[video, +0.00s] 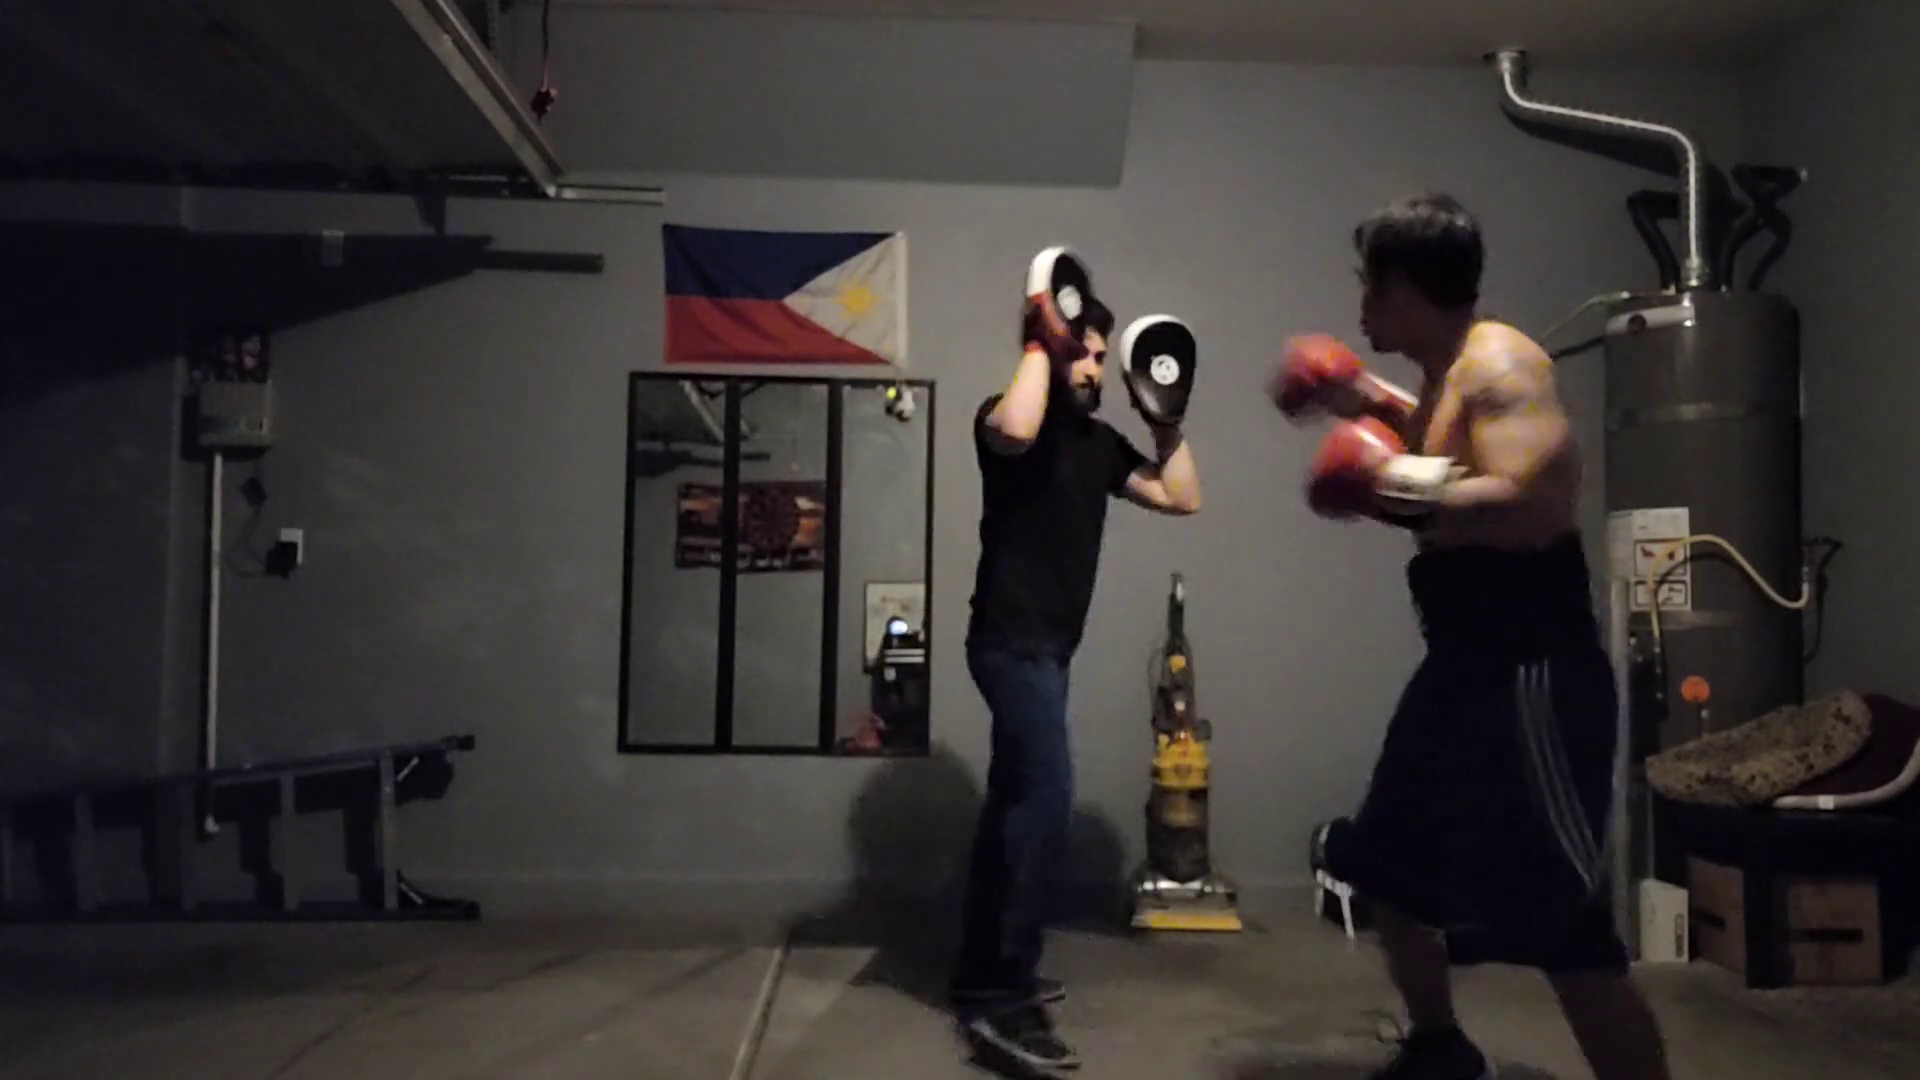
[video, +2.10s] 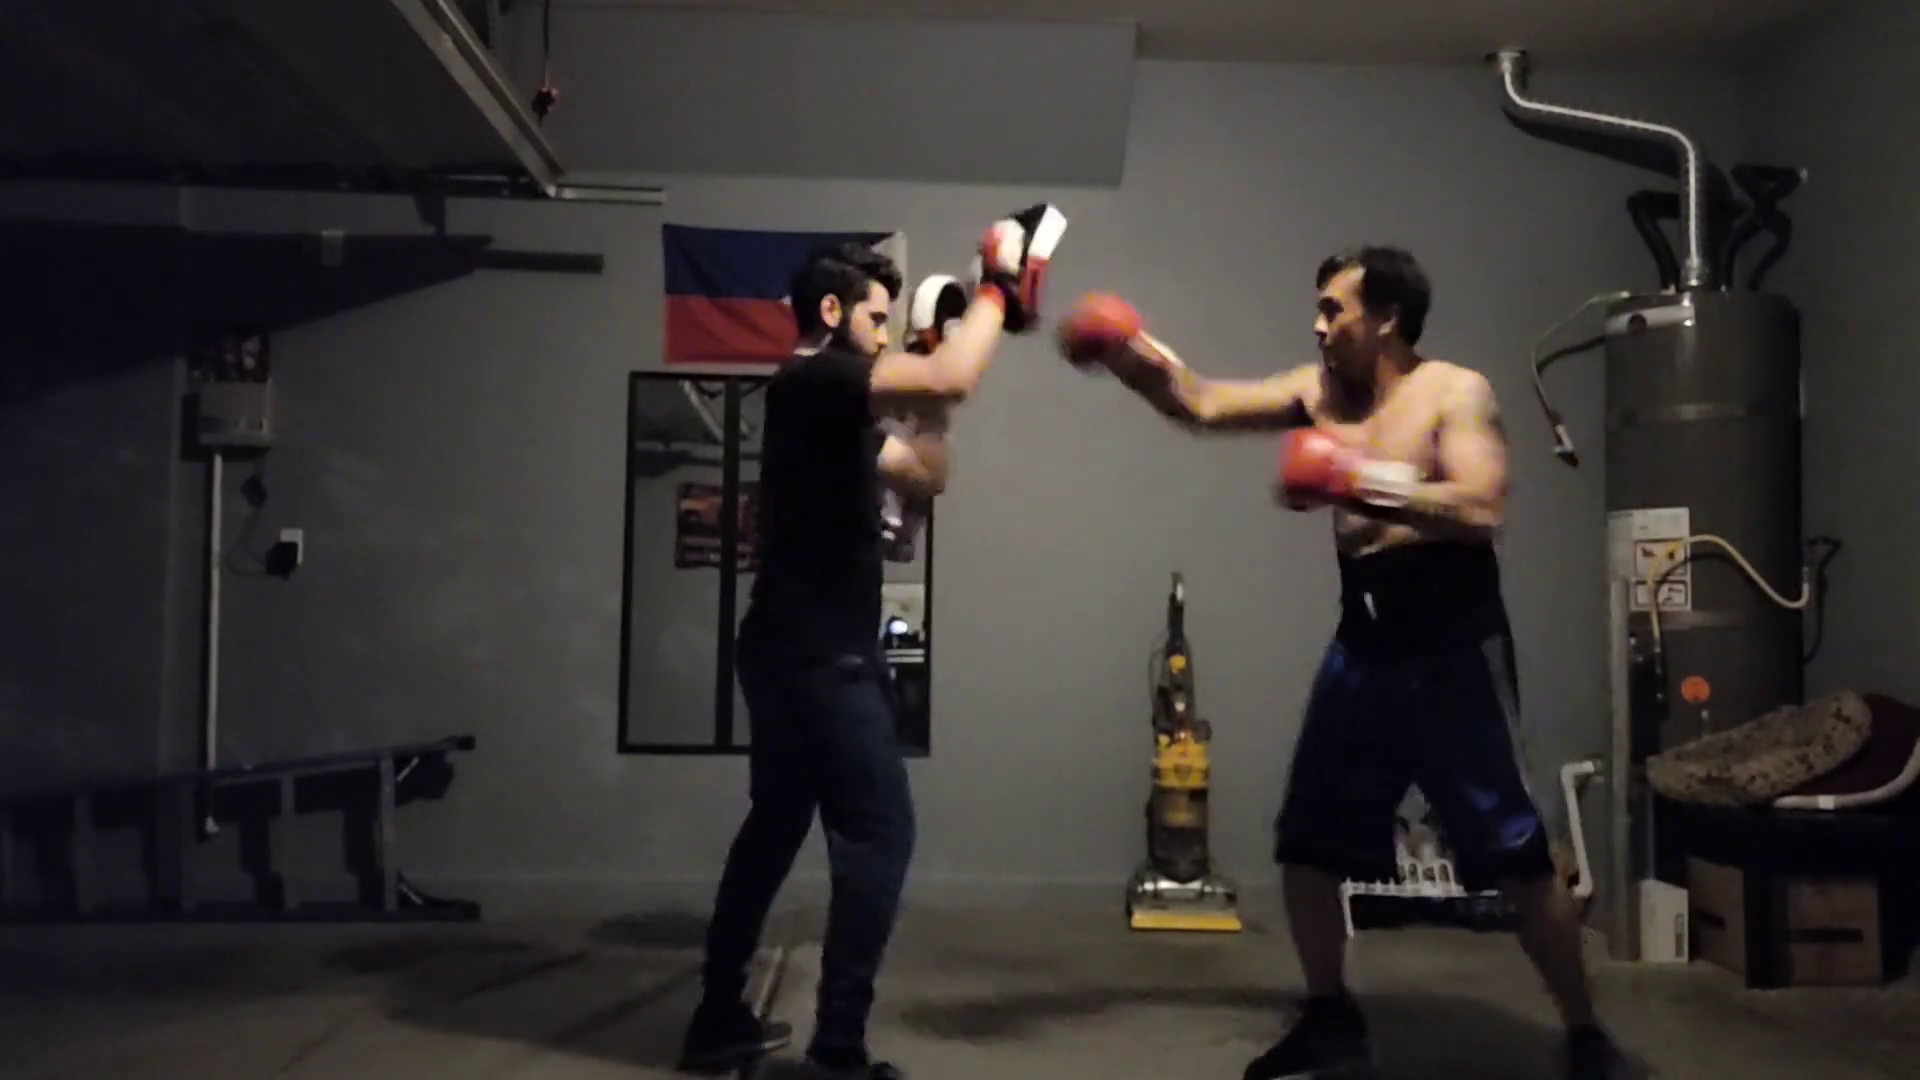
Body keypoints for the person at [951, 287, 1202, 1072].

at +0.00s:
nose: (1095, 355)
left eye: (1100, 345)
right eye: (1083, 343)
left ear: (1101, 353)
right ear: (1049, 348)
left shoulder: (1096, 436)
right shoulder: (1010, 414)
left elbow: (1180, 497)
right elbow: (1017, 429)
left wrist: (1164, 415)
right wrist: (1041, 345)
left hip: (1051, 648)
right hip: (1010, 644)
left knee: (1015, 810)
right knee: (1043, 799)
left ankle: (993, 983)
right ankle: (995, 995)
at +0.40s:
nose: (1032, 352)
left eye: (1040, 341)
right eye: (1017, 339)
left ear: (1047, 346)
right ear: (974, 342)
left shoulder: (1056, 420)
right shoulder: (938, 419)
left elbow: (1149, 465)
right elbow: (892, 500)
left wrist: (1165, 388)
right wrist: (965, 435)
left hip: (1021, 654)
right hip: (965, 654)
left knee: (986, 832)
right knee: (976, 841)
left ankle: (928, 973)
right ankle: (952, 1033)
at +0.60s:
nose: (1037, 346)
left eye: (1038, 332)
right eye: (1026, 331)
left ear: (992, 332)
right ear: (980, 329)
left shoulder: (993, 410)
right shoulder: (958, 401)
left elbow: (1065, 488)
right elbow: (947, 499)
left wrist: (1091, 417)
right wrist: (1034, 530)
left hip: (961, 660)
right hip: (951, 664)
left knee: (948, 824)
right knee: (978, 835)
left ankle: (936, 971)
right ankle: (952, 1033)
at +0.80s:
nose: (1013, 347)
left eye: (1014, 333)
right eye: (1003, 331)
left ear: (951, 332)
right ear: (956, 327)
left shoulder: (917, 398)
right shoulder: (957, 400)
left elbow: (965, 477)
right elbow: (1011, 478)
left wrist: (1013, 422)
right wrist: (1119, 480)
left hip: (894, 647)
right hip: (929, 656)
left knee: (893, 807)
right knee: (964, 833)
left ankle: (800, 984)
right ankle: (954, 1034)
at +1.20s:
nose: (977, 339)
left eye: (977, 325)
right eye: (966, 324)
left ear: (917, 329)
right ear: (917, 323)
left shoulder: (910, 407)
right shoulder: (913, 393)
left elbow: (978, 515)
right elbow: (957, 464)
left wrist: (997, 427)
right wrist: (1069, 435)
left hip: (856, 658)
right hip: (892, 664)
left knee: (826, 828)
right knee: (919, 849)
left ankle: (776, 1002)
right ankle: (909, 1048)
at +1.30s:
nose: (972, 338)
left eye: (975, 323)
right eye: (959, 321)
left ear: (946, 327)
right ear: (909, 319)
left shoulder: (945, 414)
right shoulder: (873, 397)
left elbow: (1029, 498)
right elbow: (897, 471)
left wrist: (1046, 410)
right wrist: (991, 403)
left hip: (896, 660)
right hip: (874, 660)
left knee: (818, 824)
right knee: (923, 845)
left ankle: (730, 987)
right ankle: (908, 1052)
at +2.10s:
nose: (889, 329)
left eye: (890, 315)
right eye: (879, 312)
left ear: (833, 312)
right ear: (833, 309)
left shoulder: (818, 392)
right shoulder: (825, 374)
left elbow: (928, 472)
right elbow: (952, 372)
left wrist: (936, 368)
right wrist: (995, 290)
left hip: (783, 646)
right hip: (829, 651)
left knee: (777, 822)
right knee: (879, 837)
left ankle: (717, 1022)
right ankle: (840, 1045)